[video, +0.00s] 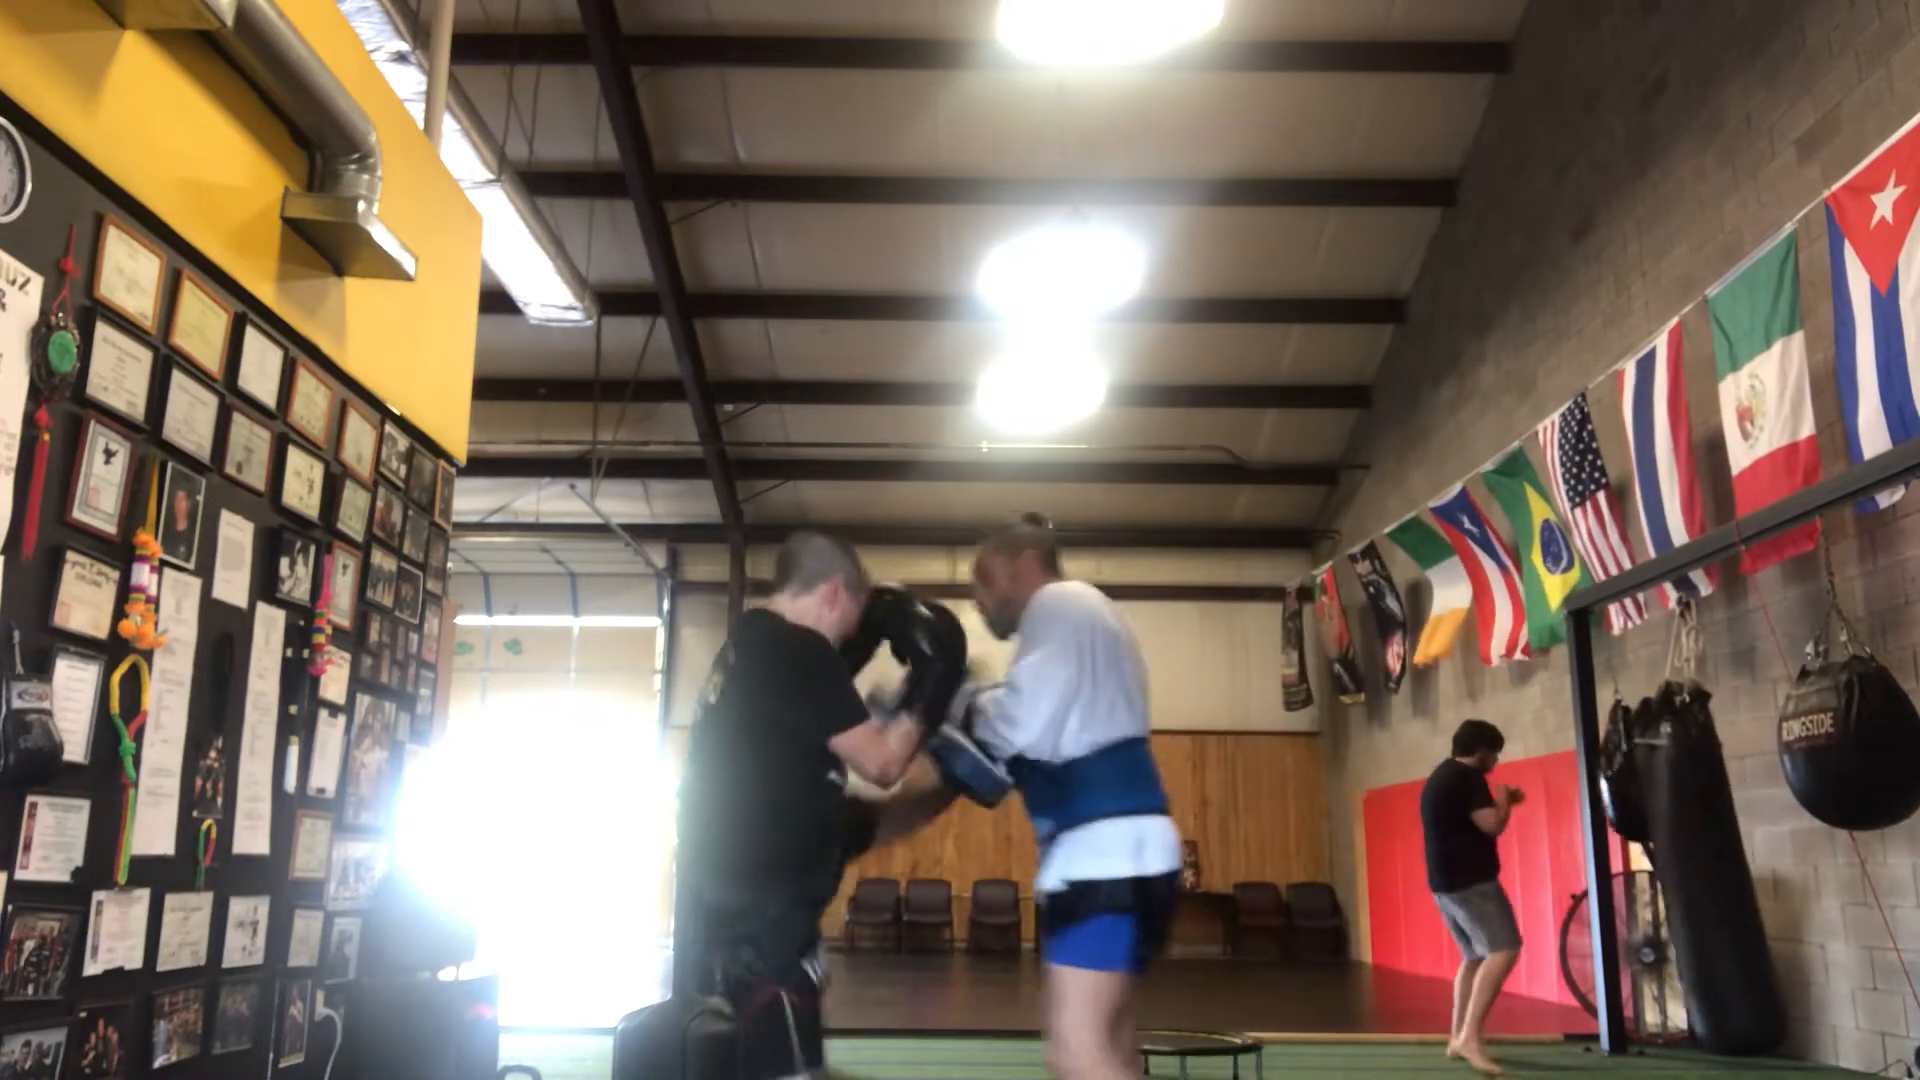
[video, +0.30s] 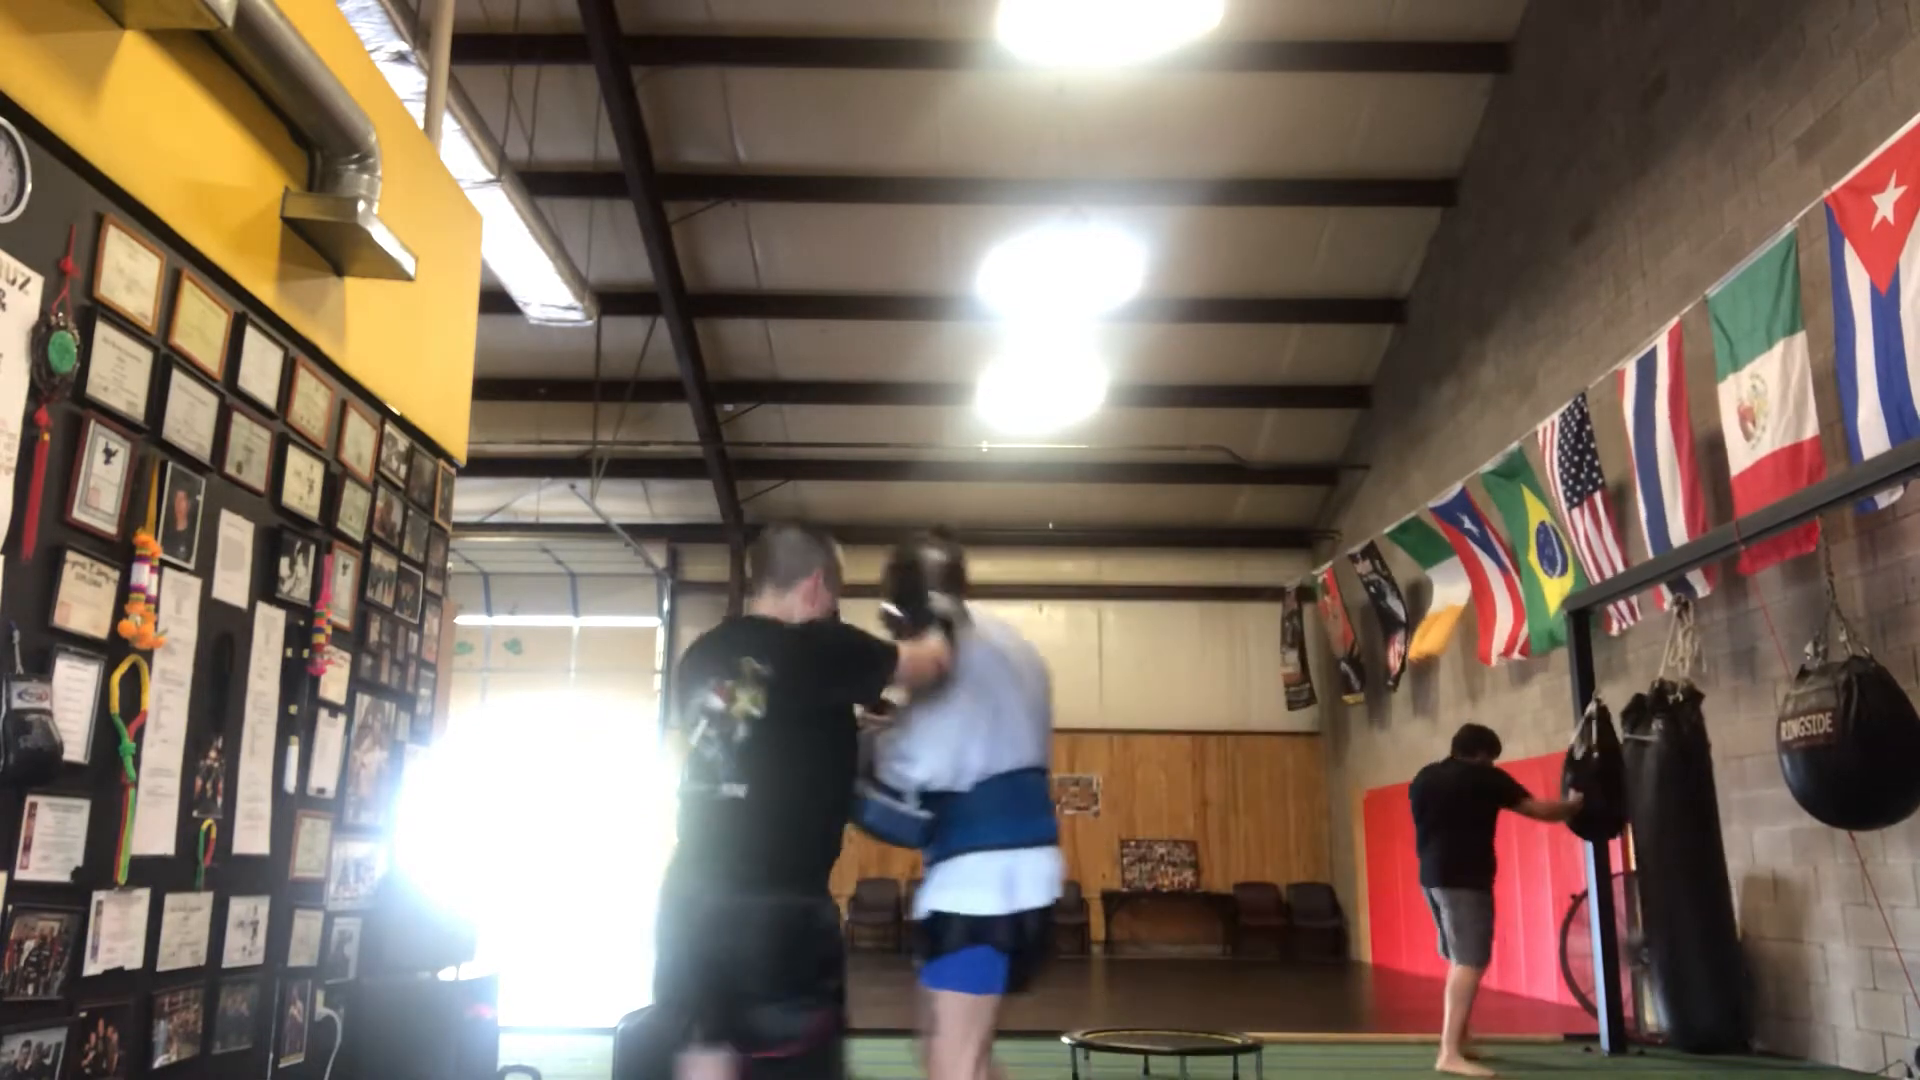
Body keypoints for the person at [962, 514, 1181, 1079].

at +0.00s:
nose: (980, 601)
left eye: (983, 582)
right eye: (977, 587)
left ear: (1023, 564)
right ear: (1035, 567)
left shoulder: (1059, 605)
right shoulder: (1090, 610)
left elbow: (1021, 727)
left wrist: (964, 699)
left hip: (1103, 861)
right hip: (1136, 857)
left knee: (1077, 1051)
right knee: (1111, 1043)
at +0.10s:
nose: (953, 590)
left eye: (956, 573)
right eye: (949, 577)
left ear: (992, 563)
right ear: (1004, 566)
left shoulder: (1025, 608)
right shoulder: (1055, 612)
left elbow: (1004, 734)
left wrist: (947, 721)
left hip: (1065, 865)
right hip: (1111, 861)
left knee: (1026, 1051)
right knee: (1091, 1050)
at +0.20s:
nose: (924, 599)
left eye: (929, 585)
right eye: (924, 585)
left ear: (948, 584)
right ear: (991, 574)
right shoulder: (1035, 633)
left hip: (1019, 896)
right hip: (1072, 890)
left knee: (986, 1061)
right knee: (1053, 1059)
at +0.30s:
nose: (890, 609)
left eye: (891, 596)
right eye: (892, 597)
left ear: (899, 598)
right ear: (957, 582)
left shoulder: (944, 656)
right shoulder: (1016, 650)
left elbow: (908, 768)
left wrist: (866, 741)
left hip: (976, 891)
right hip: (1028, 883)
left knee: (951, 1061)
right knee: (971, 1052)